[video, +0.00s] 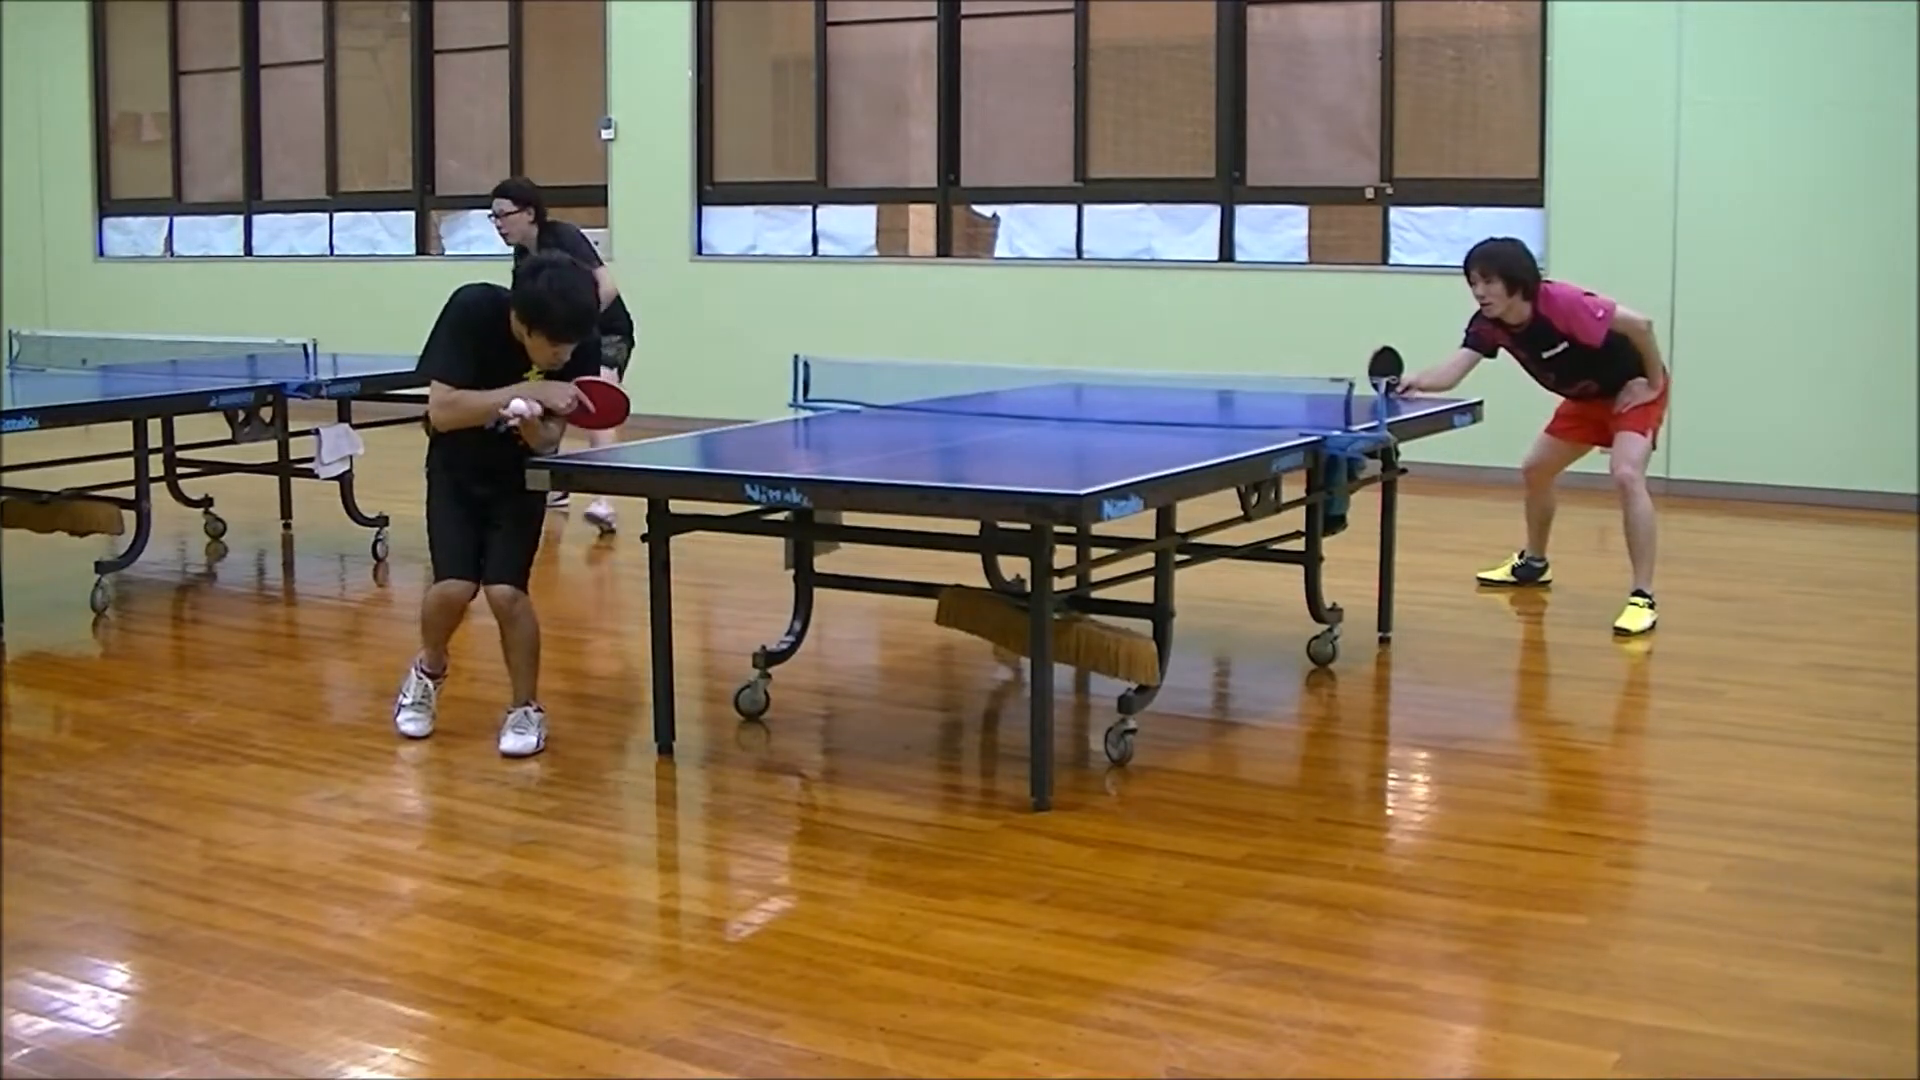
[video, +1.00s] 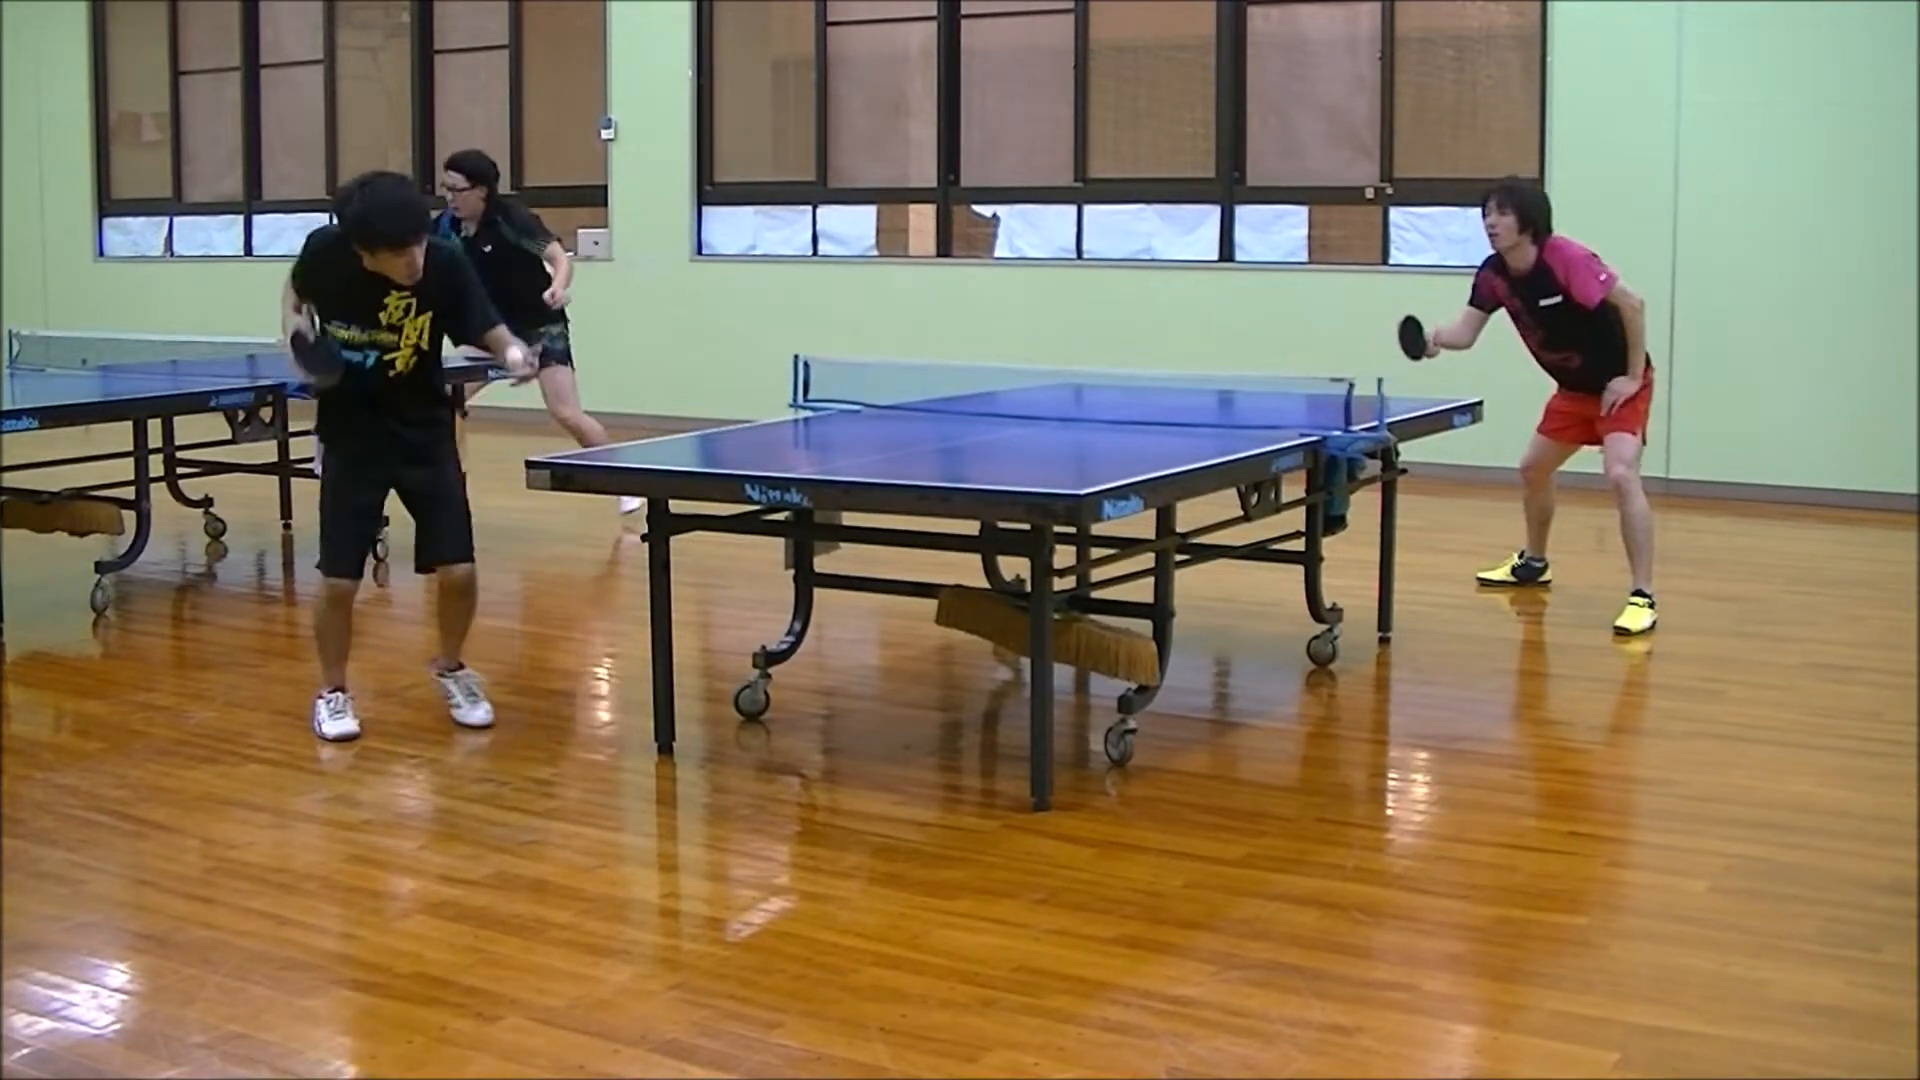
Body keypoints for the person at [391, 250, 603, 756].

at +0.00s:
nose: (563, 357)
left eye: (572, 347)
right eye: (554, 346)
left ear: (582, 329)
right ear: (520, 323)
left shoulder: (581, 338)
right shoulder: (470, 310)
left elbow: (553, 436)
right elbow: (440, 414)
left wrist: (536, 430)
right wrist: (530, 392)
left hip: (521, 462)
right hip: (455, 456)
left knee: (505, 591)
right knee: (455, 587)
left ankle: (524, 709)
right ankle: (428, 671)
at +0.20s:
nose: (545, 349)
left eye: (558, 340)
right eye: (537, 337)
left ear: (575, 324)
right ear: (512, 313)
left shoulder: (579, 344)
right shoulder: (468, 304)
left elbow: (557, 430)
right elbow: (407, 384)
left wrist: (539, 434)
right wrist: (486, 358)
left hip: (522, 470)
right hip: (455, 460)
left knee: (507, 594)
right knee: (450, 585)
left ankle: (525, 709)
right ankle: (429, 670)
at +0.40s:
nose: (548, 345)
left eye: (554, 334)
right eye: (537, 334)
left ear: (563, 319)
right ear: (503, 316)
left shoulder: (565, 345)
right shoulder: (457, 303)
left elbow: (550, 436)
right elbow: (346, 314)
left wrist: (531, 432)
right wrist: (378, 310)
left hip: (513, 475)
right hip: (448, 465)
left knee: (508, 598)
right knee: (418, 580)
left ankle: (525, 709)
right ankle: (406, 653)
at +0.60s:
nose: (513, 330)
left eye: (519, 317)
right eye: (501, 320)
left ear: (527, 303)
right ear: (467, 308)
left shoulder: (537, 340)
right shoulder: (419, 295)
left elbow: (528, 421)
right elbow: (353, 276)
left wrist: (516, 442)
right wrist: (319, 296)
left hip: (494, 483)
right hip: (424, 476)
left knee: (494, 600)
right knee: (383, 606)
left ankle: (526, 709)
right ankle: (333, 678)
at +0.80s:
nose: (444, 295)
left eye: (449, 280)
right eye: (428, 286)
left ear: (458, 267)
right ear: (393, 278)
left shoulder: (475, 312)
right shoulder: (365, 275)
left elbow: (491, 407)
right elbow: (337, 289)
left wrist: (509, 488)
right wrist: (298, 334)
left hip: (451, 461)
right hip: (379, 458)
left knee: (473, 579)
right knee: (351, 597)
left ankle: (521, 706)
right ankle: (336, 694)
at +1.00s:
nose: (417, 261)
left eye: (420, 246)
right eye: (402, 253)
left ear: (426, 230)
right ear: (364, 249)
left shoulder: (442, 261)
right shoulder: (326, 252)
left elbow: (485, 326)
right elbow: (294, 294)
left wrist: (513, 352)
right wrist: (298, 338)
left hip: (424, 429)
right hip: (352, 430)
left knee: (459, 569)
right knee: (339, 580)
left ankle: (451, 668)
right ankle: (333, 693)